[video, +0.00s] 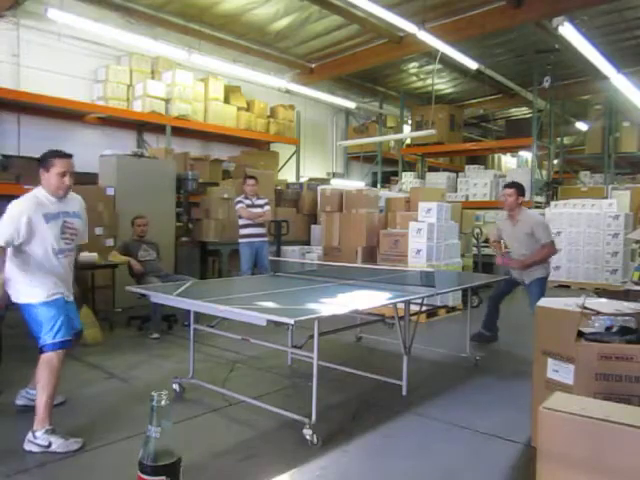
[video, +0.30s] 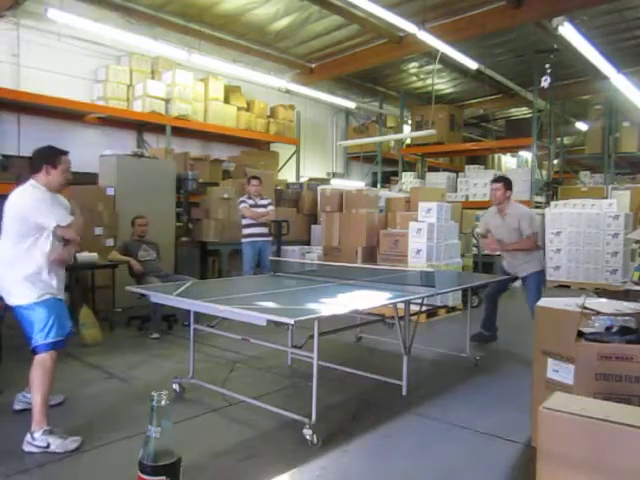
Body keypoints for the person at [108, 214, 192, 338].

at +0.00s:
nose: (142, 228)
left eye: (145, 225)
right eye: (139, 226)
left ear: (148, 227)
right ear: (133, 228)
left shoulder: (153, 245)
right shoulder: (128, 244)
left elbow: (158, 262)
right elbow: (112, 256)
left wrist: (163, 272)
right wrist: (130, 260)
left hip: (161, 274)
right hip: (145, 276)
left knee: (192, 283)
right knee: (159, 292)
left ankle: (188, 320)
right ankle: (154, 329)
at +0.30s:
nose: (143, 229)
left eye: (145, 225)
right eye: (140, 226)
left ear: (148, 227)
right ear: (133, 228)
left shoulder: (153, 245)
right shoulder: (128, 244)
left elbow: (158, 262)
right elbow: (112, 256)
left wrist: (163, 272)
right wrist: (131, 260)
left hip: (162, 275)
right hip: (145, 276)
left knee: (192, 283)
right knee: (159, 292)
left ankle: (188, 320)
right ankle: (154, 329)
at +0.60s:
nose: (145, 228)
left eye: (147, 225)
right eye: (142, 225)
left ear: (149, 227)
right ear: (134, 228)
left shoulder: (154, 245)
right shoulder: (128, 244)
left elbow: (158, 261)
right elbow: (112, 256)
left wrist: (163, 272)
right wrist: (131, 260)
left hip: (162, 274)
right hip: (145, 276)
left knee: (192, 283)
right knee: (159, 292)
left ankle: (188, 320)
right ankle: (154, 329)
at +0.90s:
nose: (146, 228)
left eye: (148, 225)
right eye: (143, 225)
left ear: (150, 227)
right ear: (135, 228)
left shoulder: (153, 244)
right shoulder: (128, 244)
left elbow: (158, 261)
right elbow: (112, 256)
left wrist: (163, 273)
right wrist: (130, 260)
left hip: (161, 274)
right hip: (145, 276)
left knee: (192, 283)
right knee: (159, 292)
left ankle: (188, 320)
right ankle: (154, 329)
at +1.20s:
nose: (148, 228)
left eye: (148, 225)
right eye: (144, 225)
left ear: (149, 227)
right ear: (135, 227)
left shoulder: (154, 245)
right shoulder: (128, 244)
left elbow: (157, 262)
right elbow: (112, 256)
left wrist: (162, 272)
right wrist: (130, 260)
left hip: (162, 275)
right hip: (145, 276)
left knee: (192, 283)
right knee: (159, 291)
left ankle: (188, 321)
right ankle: (154, 329)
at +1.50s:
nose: (146, 228)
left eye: (147, 225)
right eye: (143, 225)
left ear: (149, 226)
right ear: (135, 227)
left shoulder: (154, 245)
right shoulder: (128, 244)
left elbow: (158, 262)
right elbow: (112, 255)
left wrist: (162, 272)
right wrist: (130, 260)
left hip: (161, 274)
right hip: (145, 276)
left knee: (192, 283)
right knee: (159, 293)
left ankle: (189, 320)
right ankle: (154, 329)